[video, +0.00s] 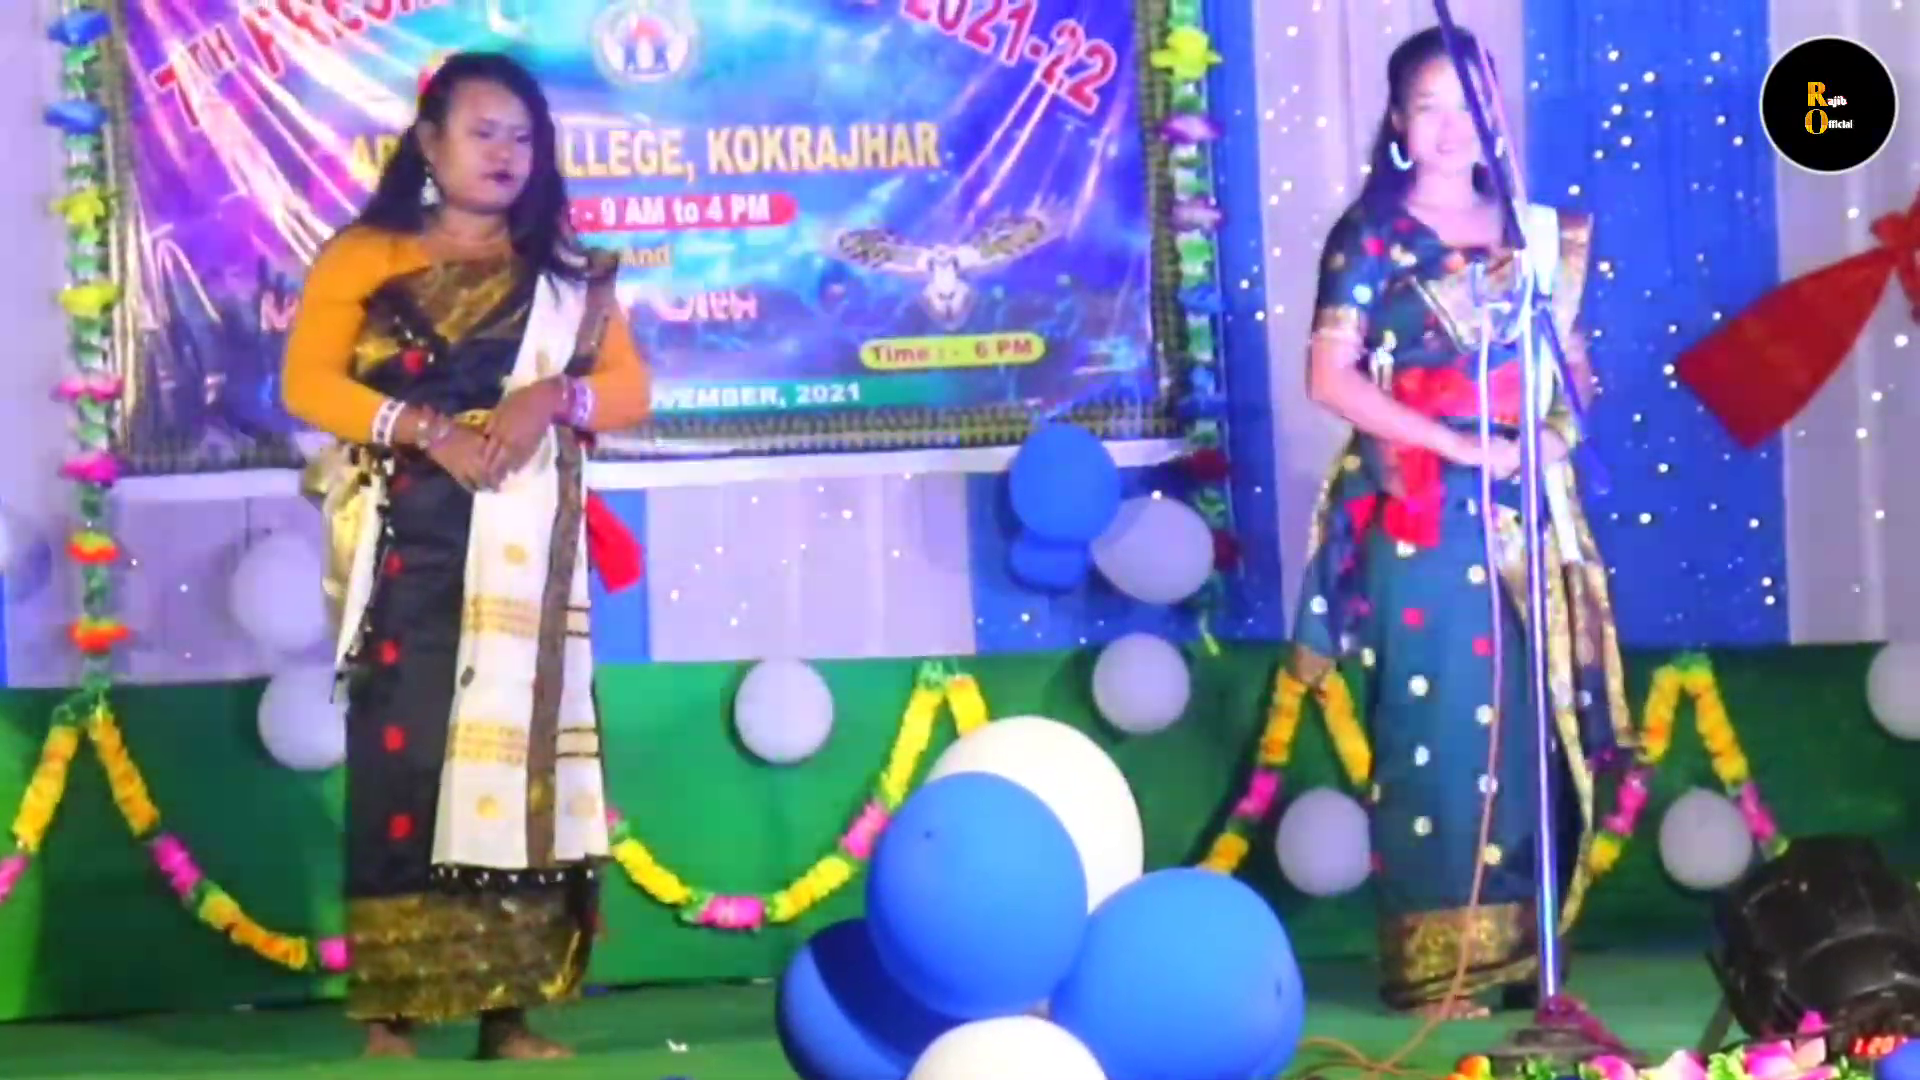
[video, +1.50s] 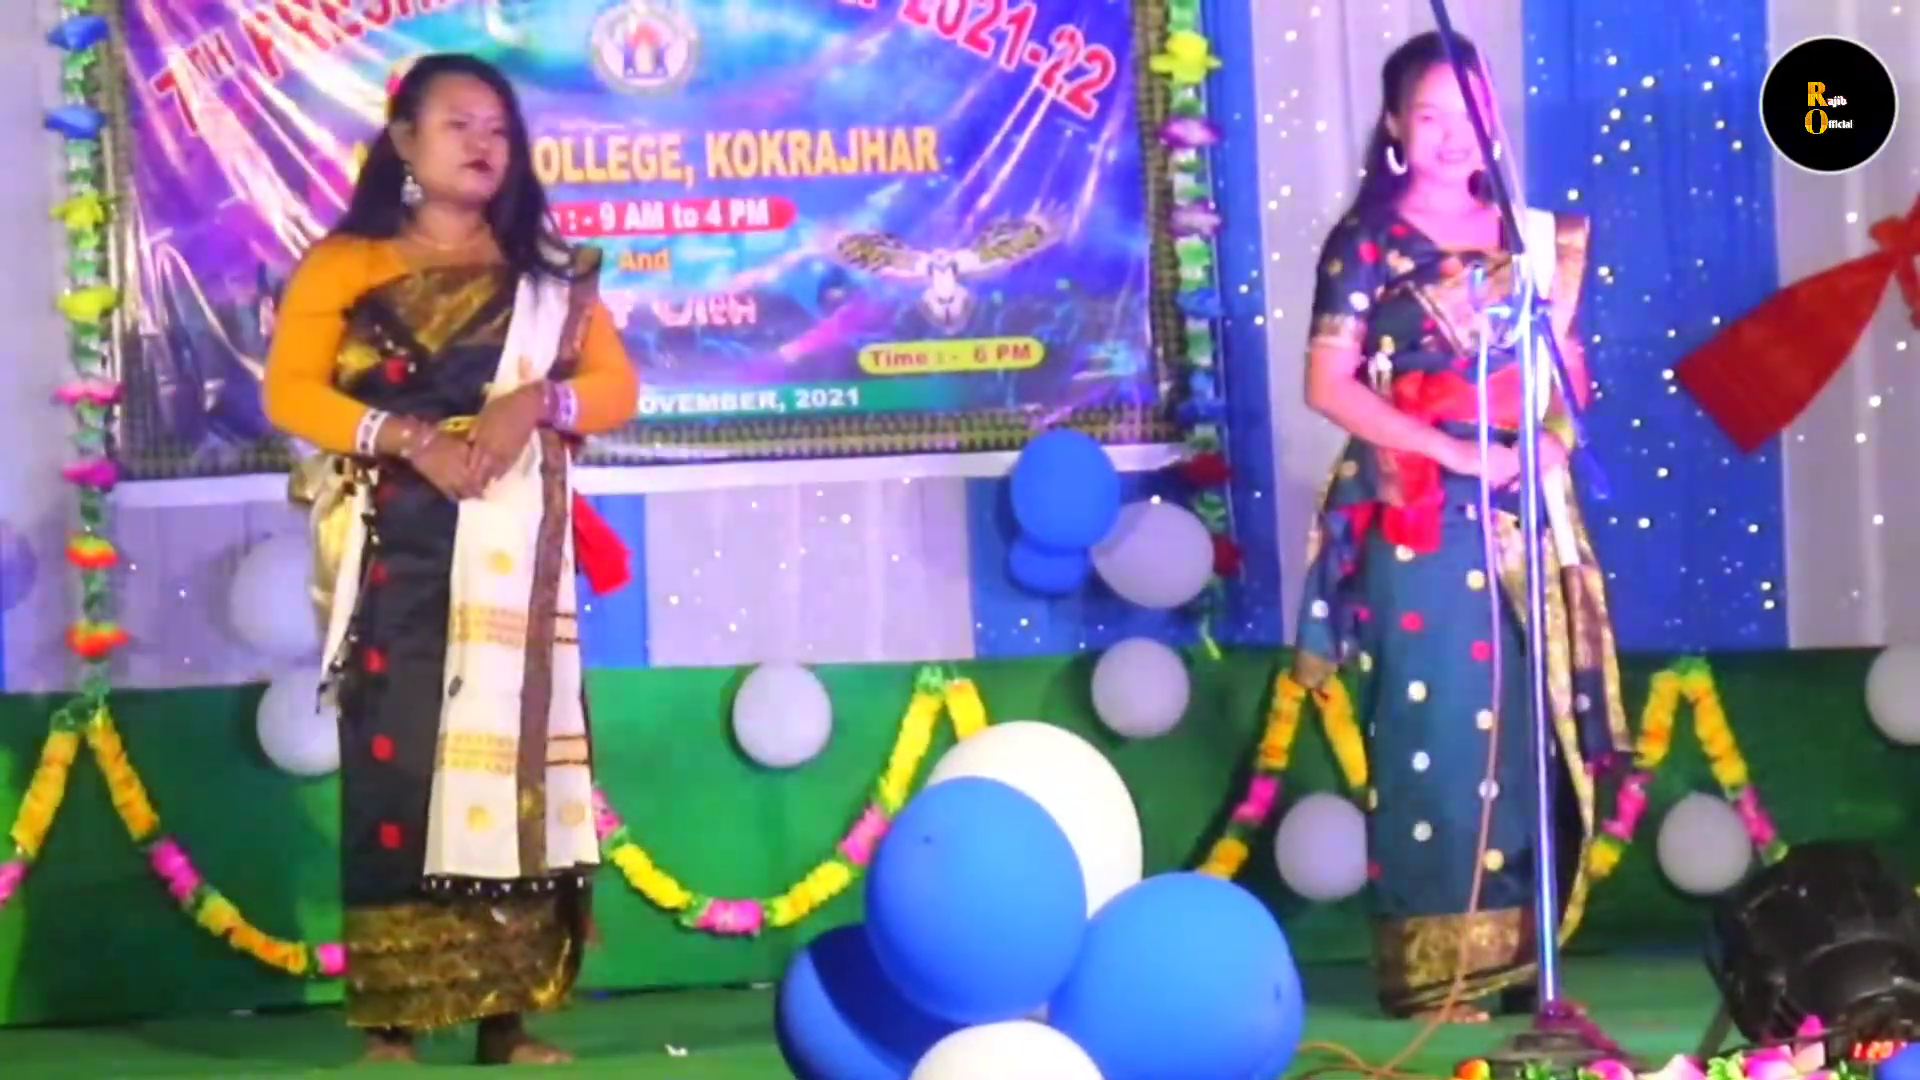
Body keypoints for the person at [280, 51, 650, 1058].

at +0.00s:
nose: (506, 154)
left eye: (522, 137)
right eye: (483, 132)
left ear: (540, 154)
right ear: (430, 142)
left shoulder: (564, 273)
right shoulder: (362, 259)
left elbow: (633, 392)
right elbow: (306, 382)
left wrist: (552, 395)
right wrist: (422, 425)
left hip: (526, 561)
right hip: (408, 555)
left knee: (521, 762)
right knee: (401, 766)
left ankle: (508, 1011)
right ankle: (389, 1011)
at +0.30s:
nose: (487, 154)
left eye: (503, 138)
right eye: (463, 134)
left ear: (522, 153)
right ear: (411, 144)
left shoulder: (549, 273)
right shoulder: (347, 264)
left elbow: (621, 393)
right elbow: (292, 388)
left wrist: (537, 398)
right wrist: (408, 427)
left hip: (519, 558)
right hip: (401, 555)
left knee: (516, 759)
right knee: (395, 763)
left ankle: (506, 1014)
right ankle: (388, 1011)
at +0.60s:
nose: (477, 150)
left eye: (494, 134)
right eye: (453, 131)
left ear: (513, 151)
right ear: (402, 147)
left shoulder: (543, 271)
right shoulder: (340, 262)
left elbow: (615, 391)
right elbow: (285, 389)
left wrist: (529, 399)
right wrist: (404, 429)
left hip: (510, 560)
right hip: (392, 558)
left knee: (512, 761)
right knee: (391, 766)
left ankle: (508, 1013)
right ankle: (386, 1011)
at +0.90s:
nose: (476, 153)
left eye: (492, 136)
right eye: (452, 134)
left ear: (511, 152)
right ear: (400, 147)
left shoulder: (544, 269)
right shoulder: (340, 261)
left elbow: (615, 389)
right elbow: (285, 387)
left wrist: (532, 398)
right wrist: (402, 427)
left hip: (512, 559)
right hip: (394, 557)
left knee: (513, 760)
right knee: (392, 765)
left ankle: (508, 1012)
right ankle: (388, 1011)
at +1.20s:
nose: (472, 153)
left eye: (490, 136)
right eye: (448, 133)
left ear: (513, 153)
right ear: (400, 147)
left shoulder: (549, 272)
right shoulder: (341, 262)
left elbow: (617, 389)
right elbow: (283, 389)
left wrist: (534, 400)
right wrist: (404, 433)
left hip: (515, 564)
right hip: (396, 561)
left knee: (515, 766)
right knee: (393, 772)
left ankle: (507, 1014)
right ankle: (386, 1013)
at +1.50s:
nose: (483, 142)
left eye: (498, 129)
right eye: (458, 125)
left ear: (515, 150)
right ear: (404, 142)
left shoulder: (545, 273)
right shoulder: (343, 266)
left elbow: (620, 390)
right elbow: (289, 394)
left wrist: (535, 403)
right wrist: (406, 434)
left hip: (517, 562)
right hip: (398, 559)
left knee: (518, 765)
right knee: (395, 771)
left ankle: (509, 1017)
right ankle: (389, 1017)